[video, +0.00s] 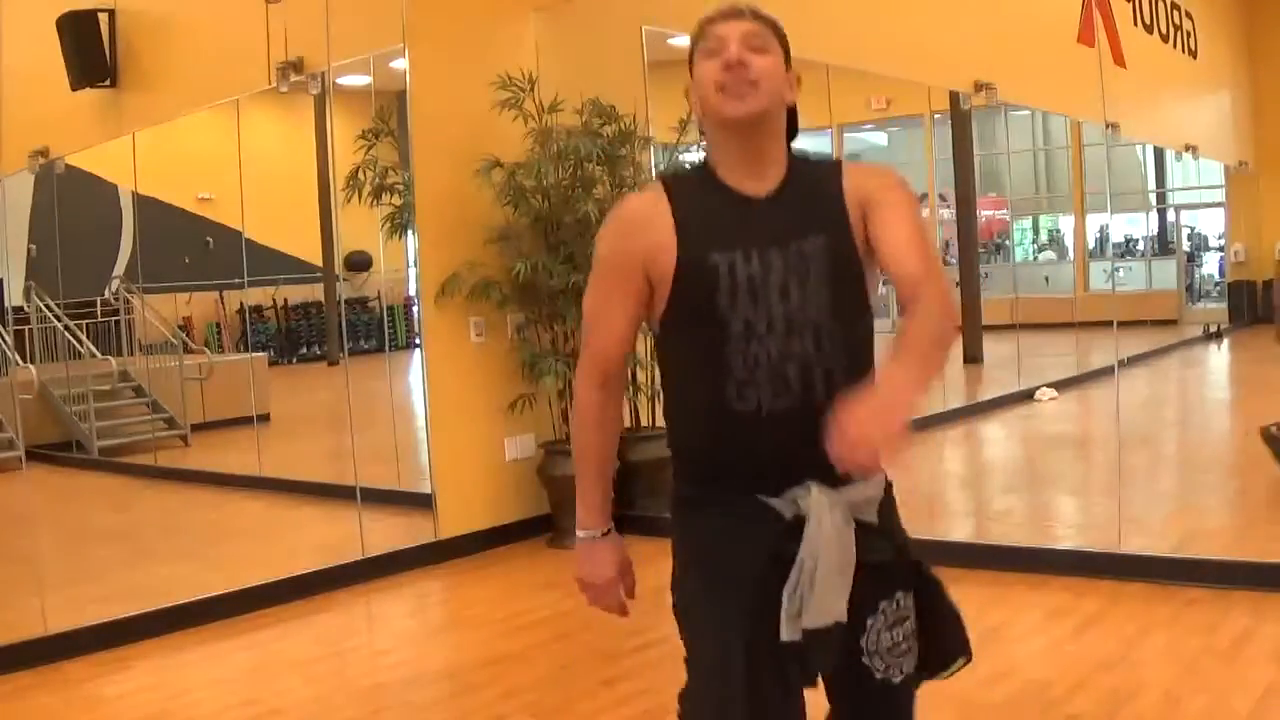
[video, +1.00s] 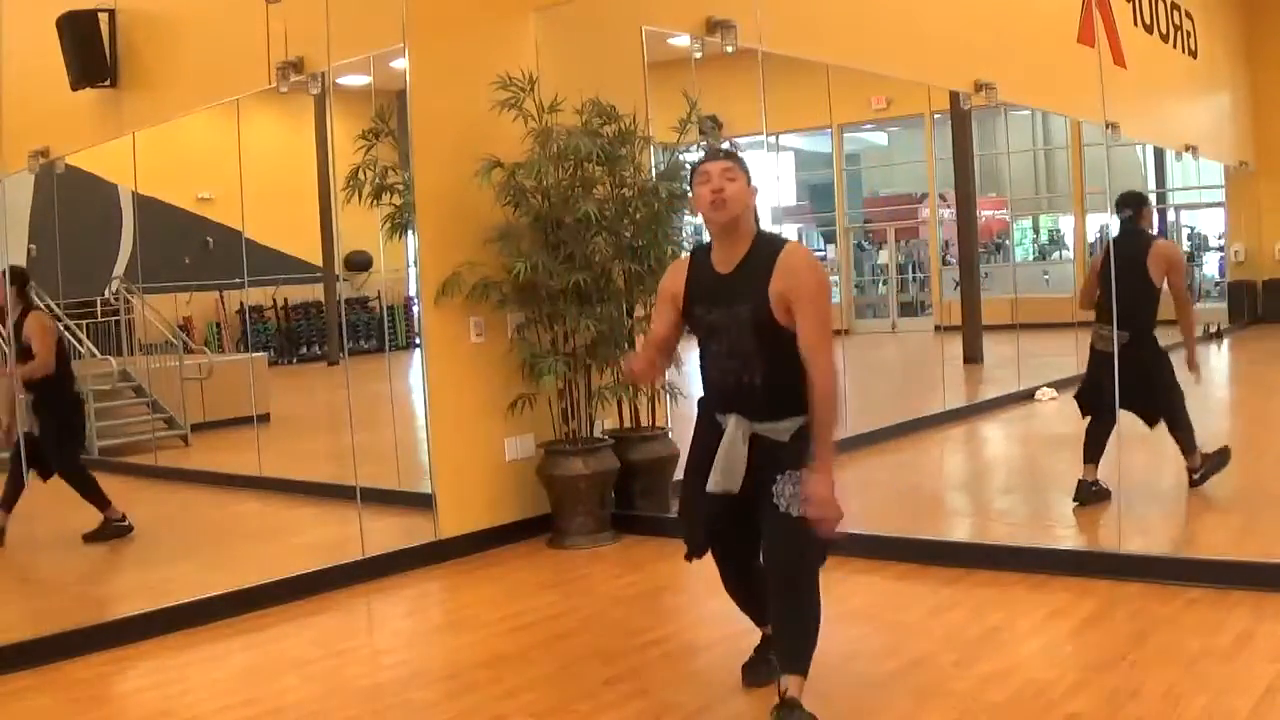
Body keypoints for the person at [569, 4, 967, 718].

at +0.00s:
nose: (734, 58)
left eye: (755, 48)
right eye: (713, 52)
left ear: (790, 85)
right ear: (691, 94)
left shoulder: (866, 191)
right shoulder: (643, 222)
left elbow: (933, 306)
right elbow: (600, 380)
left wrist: (888, 397)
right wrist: (594, 528)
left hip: (854, 508)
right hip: (727, 524)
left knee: (881, 703)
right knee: (739, 704)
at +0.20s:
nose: (775, 105)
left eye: (792, 95)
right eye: (756, 99)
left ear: (822, 124)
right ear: (735, 133)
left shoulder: (877, 220)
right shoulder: (680, 236)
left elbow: (888, 305)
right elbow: (634, 348)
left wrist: (763, 338)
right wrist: (624, 463)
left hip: (838, 493)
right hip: (728, 500)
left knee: (828, 679)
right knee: (744, 694)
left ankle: (816, 718)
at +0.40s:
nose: (774, 90)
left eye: (791, 82)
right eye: (757, 83)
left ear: (817, 111)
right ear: (738, 116)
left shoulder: (863, 212)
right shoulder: (692, 212)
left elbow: (874, 351)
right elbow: (651, 325)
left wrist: (851, 469)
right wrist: (637, 433)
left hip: (826, 449)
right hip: (725, 448)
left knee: (818, 625)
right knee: (719, 627)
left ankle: (809, 716)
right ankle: (719, 718)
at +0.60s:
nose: (763, 109)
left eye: (780, 102)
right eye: (748, 103)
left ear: (803, 129)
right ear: (729, 132)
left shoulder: (851, 218)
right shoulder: (689, 223)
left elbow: (923, 292)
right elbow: (649, 321)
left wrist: (955, 358)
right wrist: (641, 413)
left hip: (807, 437)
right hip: (718, 435)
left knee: (805, 605)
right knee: (720, 578)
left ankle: (805, 717)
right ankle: (742, 654)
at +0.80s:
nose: (741, 162)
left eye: (755, 153)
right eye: (728, 155)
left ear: (777, 175)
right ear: (712, 178)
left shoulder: (819, 254)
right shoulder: (687, 258)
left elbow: (904, 308)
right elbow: (651, 340)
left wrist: (963, 367)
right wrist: (653, 410)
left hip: (793, 443)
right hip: (718, 443)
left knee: (798, 586)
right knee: (725, 556)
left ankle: (803, 711)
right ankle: (764, 622)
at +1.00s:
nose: (717, 188)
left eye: (728, 178)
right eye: (705, 182)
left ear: (752, 191)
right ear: (694, 202)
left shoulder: (795, 266)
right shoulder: (683, 274)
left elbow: (822, 371)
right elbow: (657, 351)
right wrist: (645, 363)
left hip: (789, 434)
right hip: (721, 433)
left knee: (790, 564)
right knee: (731, 553)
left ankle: (791, 694)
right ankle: (773, 631)